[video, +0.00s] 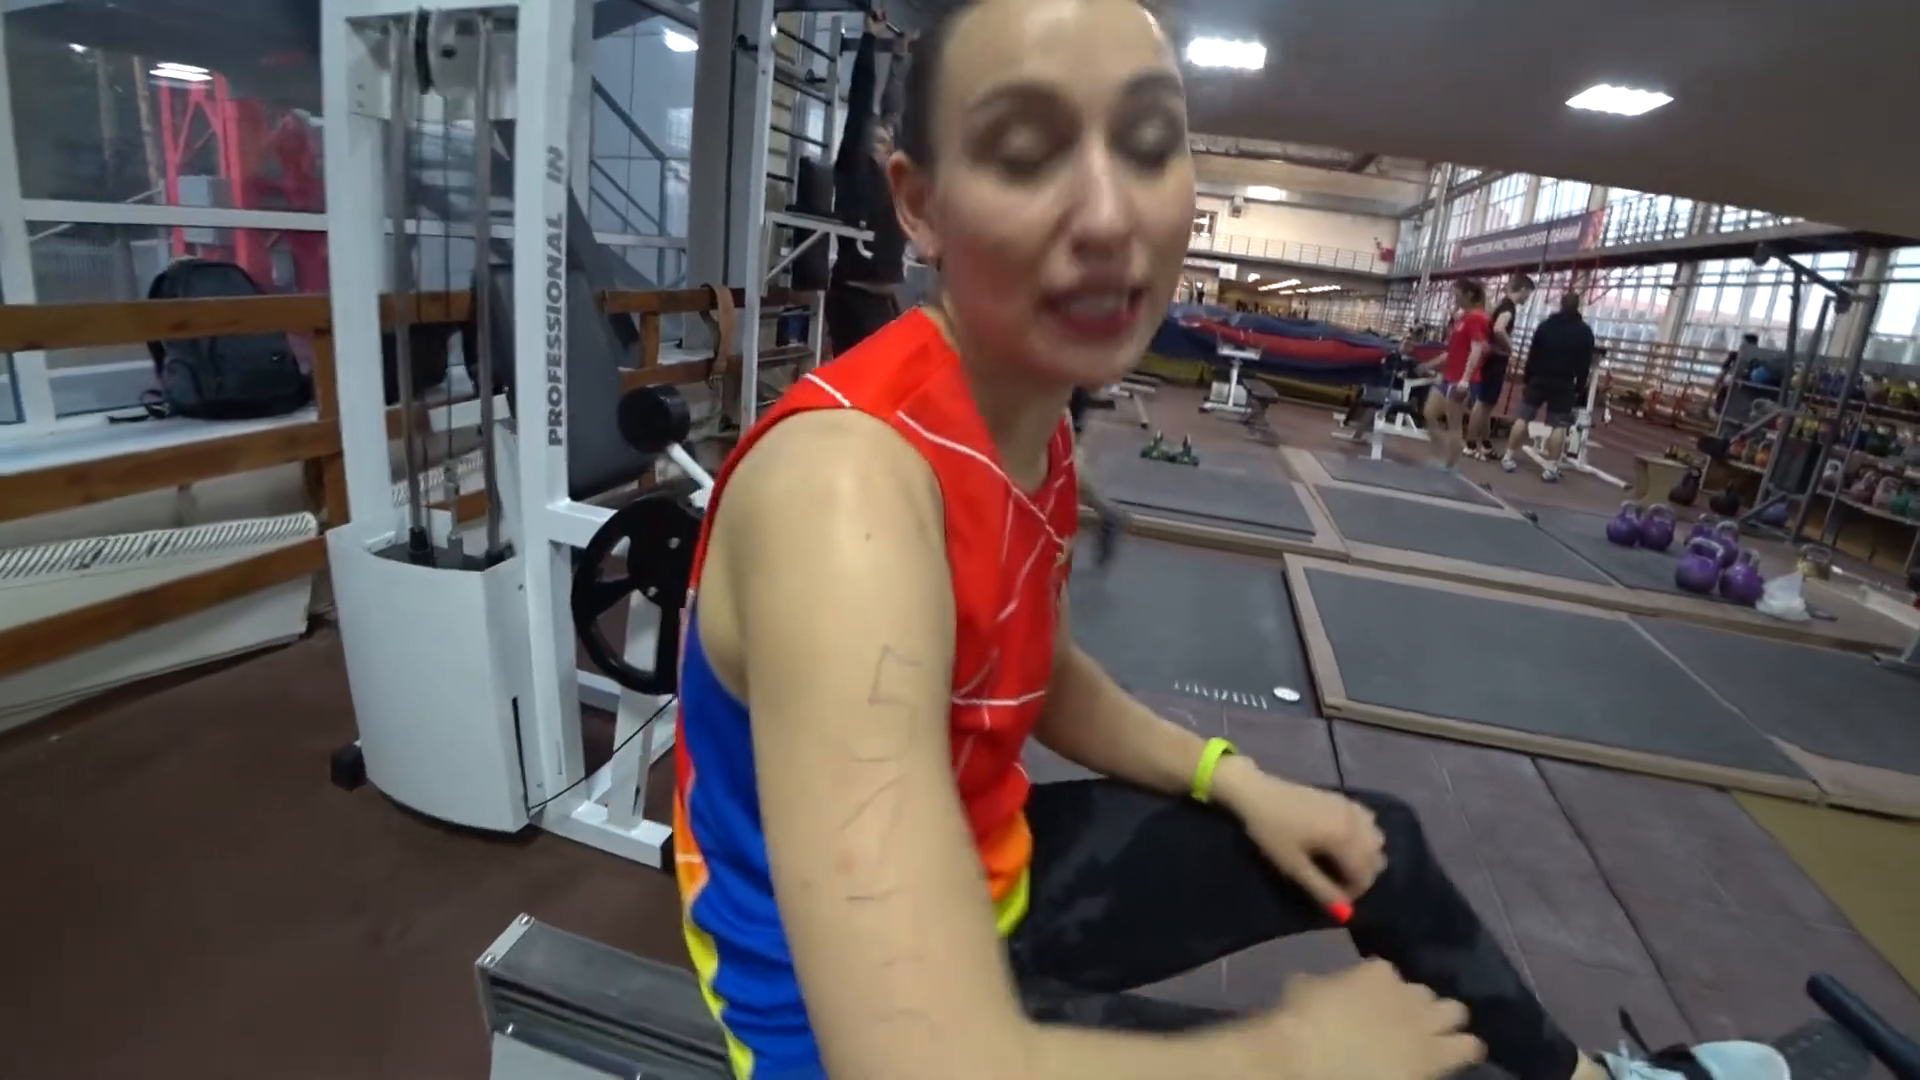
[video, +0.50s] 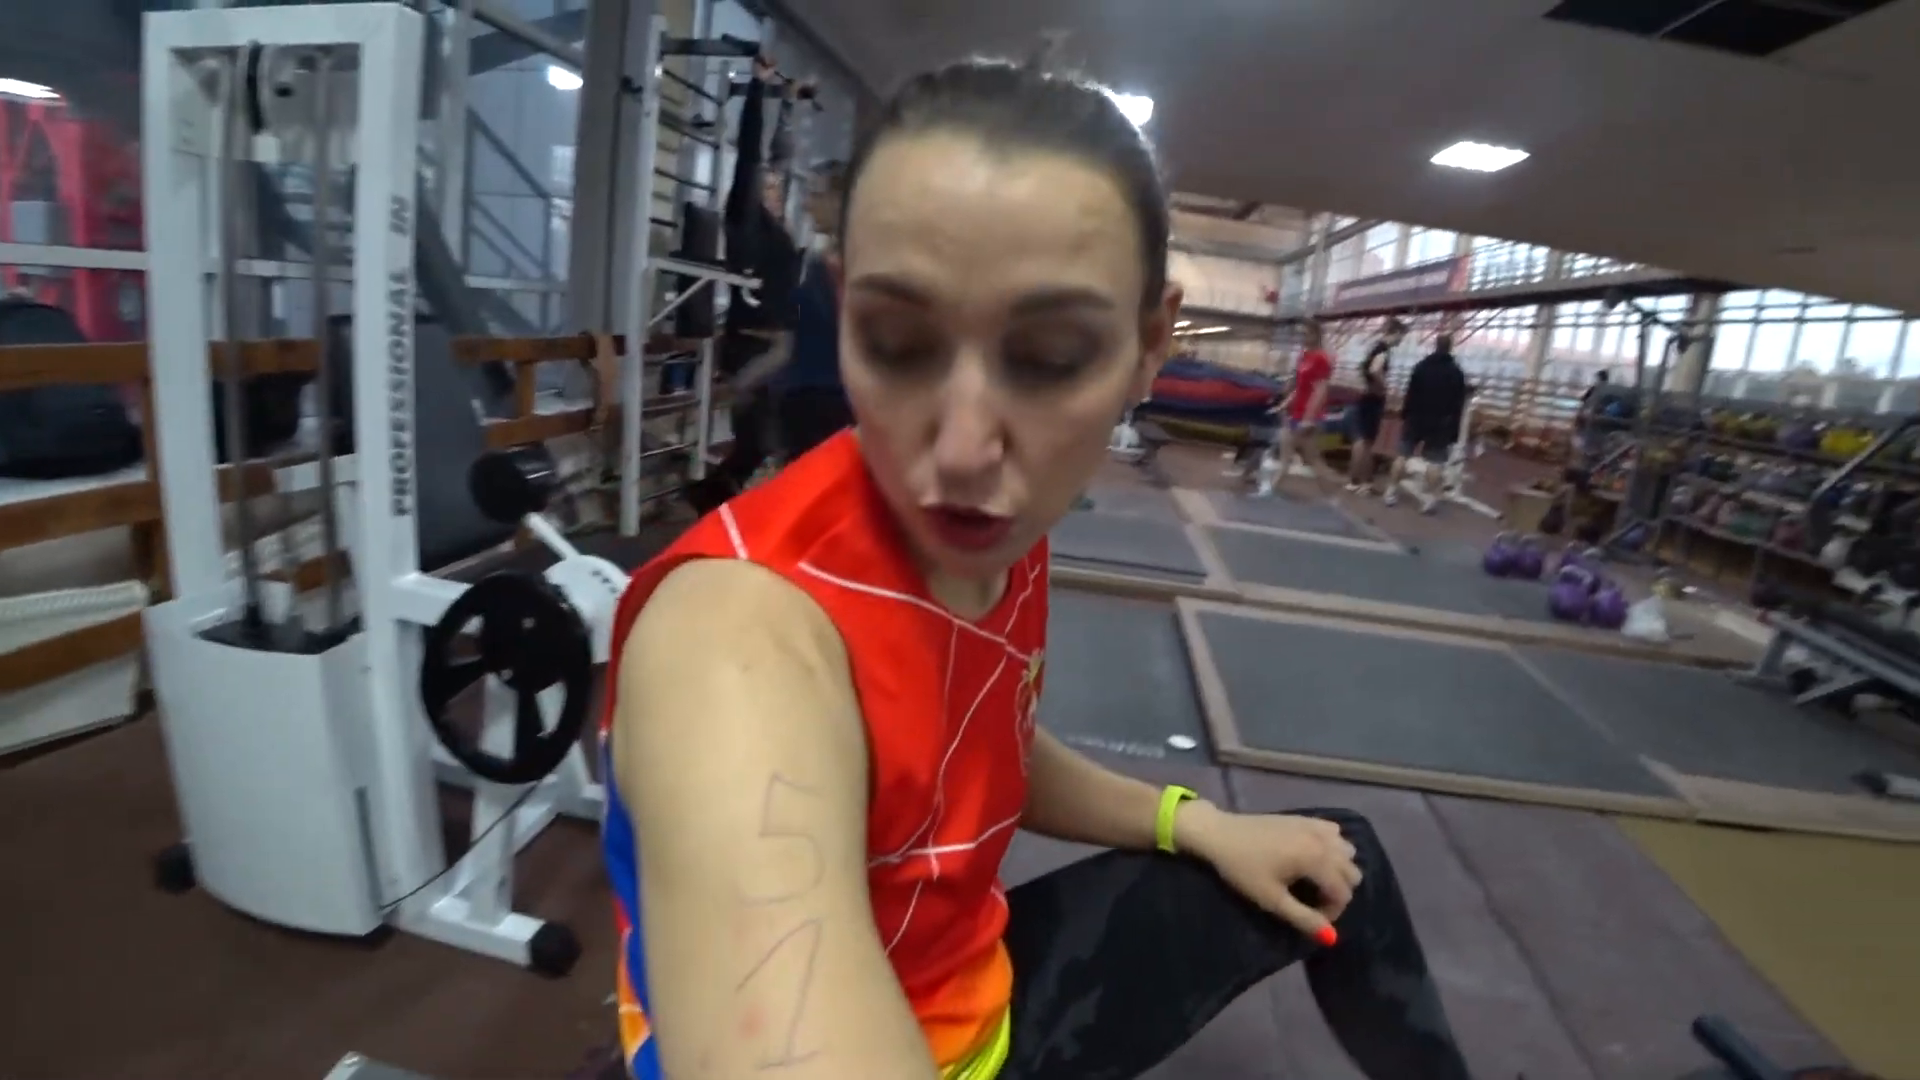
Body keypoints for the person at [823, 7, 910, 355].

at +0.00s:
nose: (886, 148)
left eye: (887, 142)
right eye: (879, 142)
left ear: (891, 147)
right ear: (863, 144)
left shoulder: (892, 174)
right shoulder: (854, 168)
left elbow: (892, 113)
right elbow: (860, 108)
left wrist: (900, 58)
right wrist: (869, 38)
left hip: (883, 289)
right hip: (854, 288)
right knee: (861, 380)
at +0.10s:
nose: (870, 148)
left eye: (873, 142)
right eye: (863, 141)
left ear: (877, 148)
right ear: (849, 144)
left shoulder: (875, 180)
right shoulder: (840, 172)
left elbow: (878, 118)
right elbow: (845, 111)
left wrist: (887, 56)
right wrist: (854, 38)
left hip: (873, 295)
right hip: (842, 294)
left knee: (887, 378)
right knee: (858, 385)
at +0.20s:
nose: (847, 157)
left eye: (851, 151)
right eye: (840, 150)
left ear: (856, 157)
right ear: (826, 153)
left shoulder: (850, 189)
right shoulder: (818, 183)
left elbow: (856, 128)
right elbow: (823, 119)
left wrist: (865, 64)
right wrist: (832, 48)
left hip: (850, 304)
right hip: (822, 304)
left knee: (858, 394)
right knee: (832, 401)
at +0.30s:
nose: (821, 170)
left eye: (824, 164)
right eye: (814, 164)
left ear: (828, 170)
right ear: (799, 167)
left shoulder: (824, 205)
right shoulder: (791, 199)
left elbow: (826, 142)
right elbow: (794, 133)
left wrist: (835, 81)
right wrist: (804, 66)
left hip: (823, 320)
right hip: (794, 318)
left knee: (822, 415)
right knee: (805, 417)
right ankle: (753, 472)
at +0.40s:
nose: (798, 184)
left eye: (800, 177)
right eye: (790, 178)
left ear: (804, 184)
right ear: (775, 182)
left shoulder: (801, 219)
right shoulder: (766, 212)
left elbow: (802, 158)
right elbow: (771, 148)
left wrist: (812, 98)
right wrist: (779, 80)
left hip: (798, 336)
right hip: (769, 334)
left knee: (796, 427)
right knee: (779, 429)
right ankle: (727, 487)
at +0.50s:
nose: (775, 194)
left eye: (778, 187)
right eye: (768, 187)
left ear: (782, 191)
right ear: (753, 190)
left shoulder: (781, 231)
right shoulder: (744, 221)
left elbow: (780, 163)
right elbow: (748, 157)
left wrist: (790, 103)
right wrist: (757, 88)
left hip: (779, 333)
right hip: (750, 333)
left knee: (772, 429)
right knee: (753, 436)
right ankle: (715, 490)